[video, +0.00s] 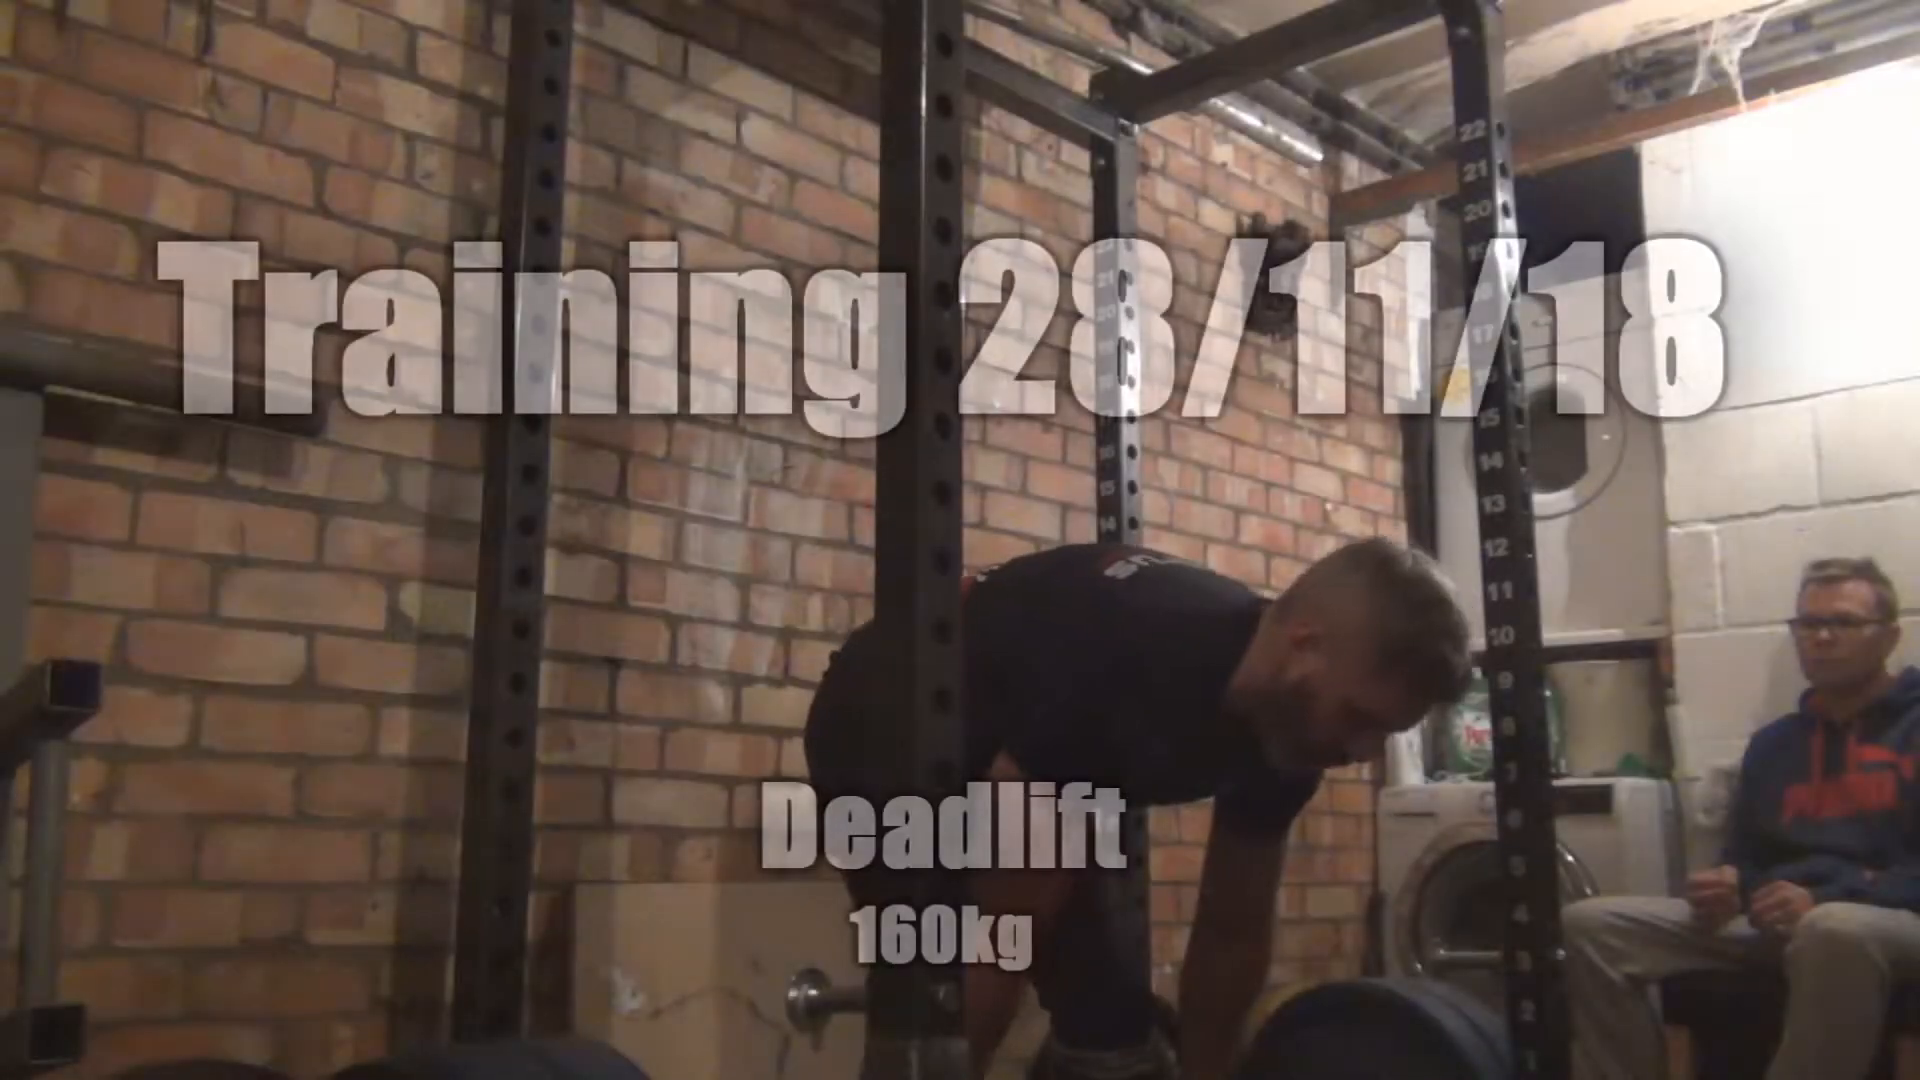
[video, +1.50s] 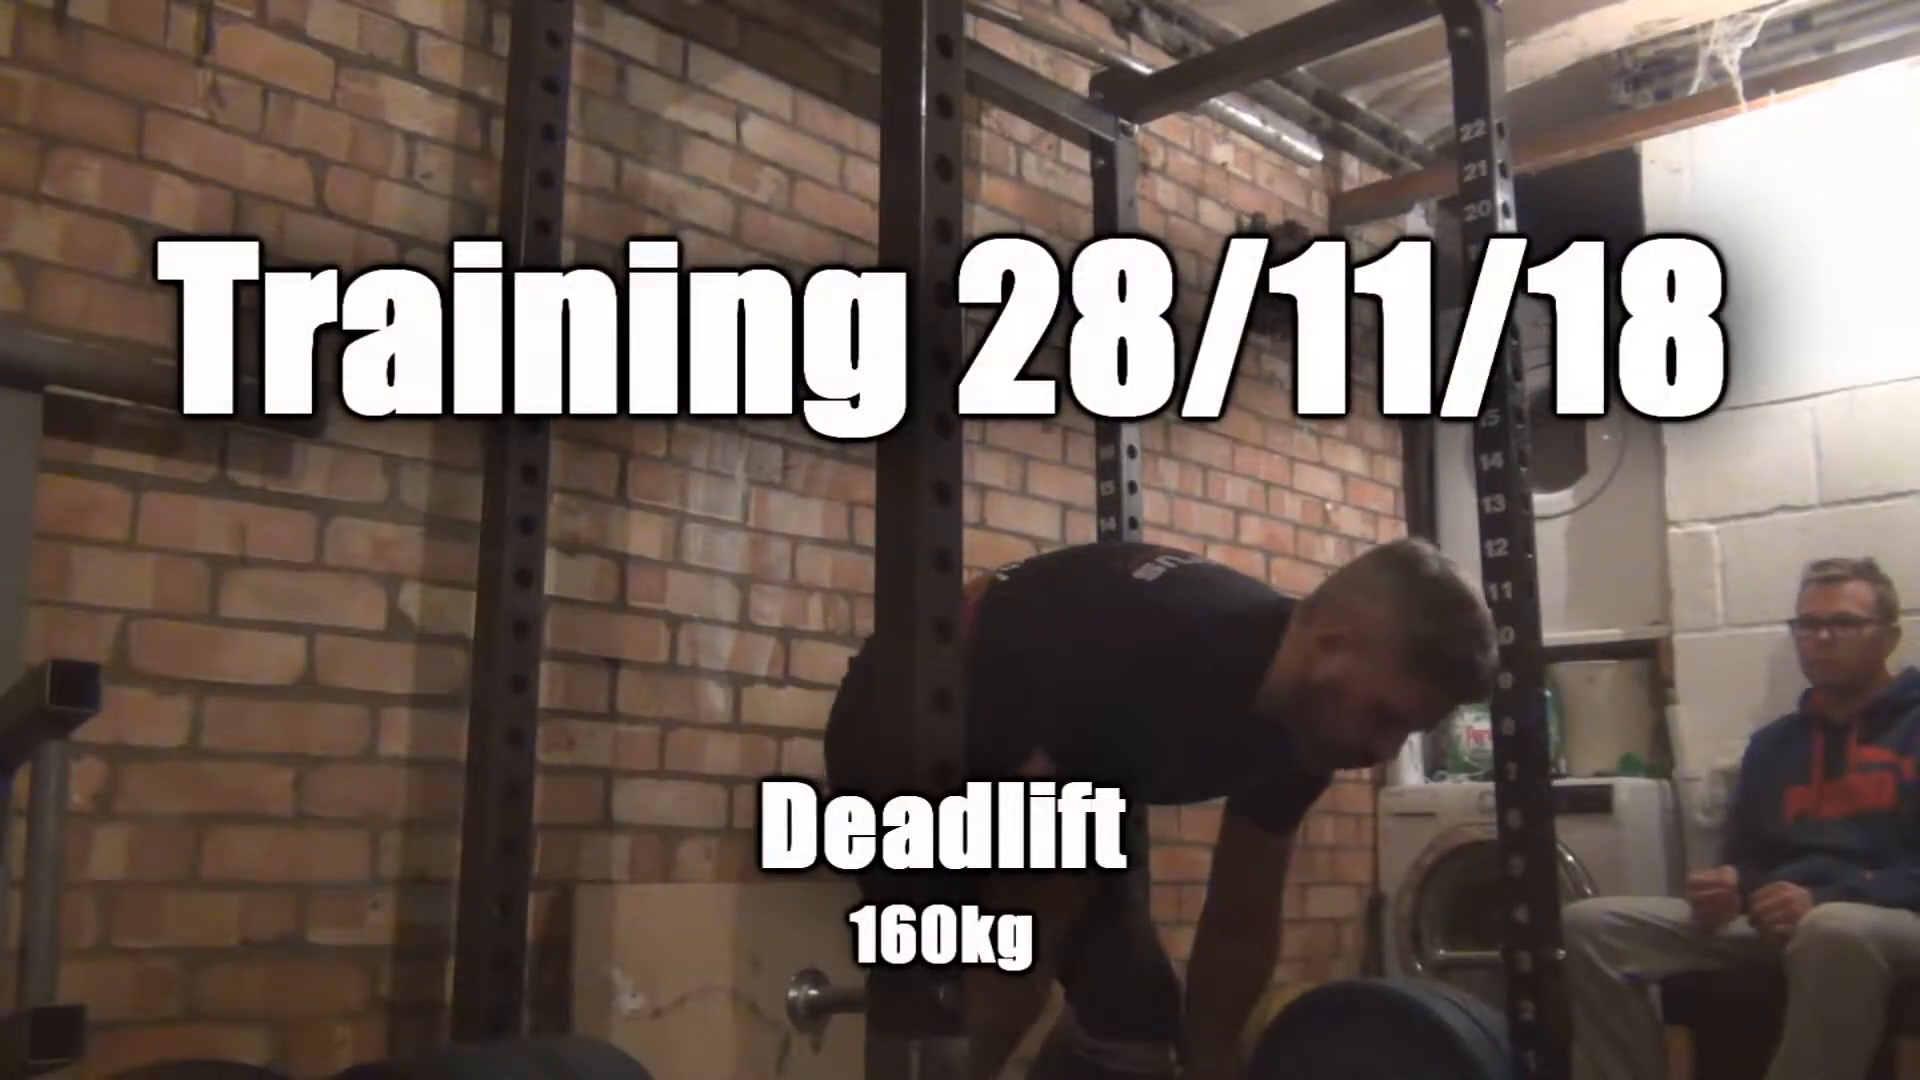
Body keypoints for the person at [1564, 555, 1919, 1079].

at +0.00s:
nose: (1821, 638)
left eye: (1842, 624)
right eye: (1809, 623)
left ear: (1890, 636)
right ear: (1794, 633)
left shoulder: (1913, 724)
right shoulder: (1773, 744)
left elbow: (1913, 877)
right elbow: (1745, 854)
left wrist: (1820, 900)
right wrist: (1729, 886)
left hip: (1894, 921)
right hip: (1772, 921)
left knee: (1831, 936)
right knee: (1589, 928)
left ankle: (1801, 1072)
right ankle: (1627, 1073)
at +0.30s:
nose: (1820, 639)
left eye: (1842, 624)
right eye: (1808, 624)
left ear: (1890, 636)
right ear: (1794, 634)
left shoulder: (1913, 722)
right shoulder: (1773, 743)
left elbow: (1914, 873)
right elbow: (1746, 857)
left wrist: (1820, 899)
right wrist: (1730, 885)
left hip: (1894, 919)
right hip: (1772, 919)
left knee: (1832, 937)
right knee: (1589, 929)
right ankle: (1623, 1073)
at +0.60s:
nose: (1820, 639)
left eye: (1843, 624)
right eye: (1808, 624)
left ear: (1890, 636)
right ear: (1794, 634)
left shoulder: (1913, 722)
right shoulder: (1771, 744)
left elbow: (1914, 872)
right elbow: (1746, 857)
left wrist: (1819, 899)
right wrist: (1730, 885)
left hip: (1896, 918)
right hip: (1772, 918)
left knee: (1832, 937)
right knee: (1588, 930)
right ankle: (1625, 1072)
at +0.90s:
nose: (1820, 639)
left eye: (1842, 625)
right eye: (1808, 624)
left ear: (1890, 636)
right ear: (1793, 633)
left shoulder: (1913, 721)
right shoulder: (1771, 744)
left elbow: (1914, 874)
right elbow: (1743, 859)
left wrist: (1819, 899)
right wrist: (1728, 888)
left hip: (1893, 919)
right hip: (1769, 921)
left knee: (1832, 936)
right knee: (1589, 929)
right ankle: (1623, 1073)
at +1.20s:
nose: (1820, 639)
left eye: (1842, 625)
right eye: (1808, 624)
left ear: (1890, 636)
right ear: (1793, 633)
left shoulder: (1913, 721)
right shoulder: (1772, 744)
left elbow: (1914, 874)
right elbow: (1743, 860)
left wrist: (1819, 900)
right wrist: (1728, 889)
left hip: (1893, 920)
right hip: (1769, 921)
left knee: (1832, 936)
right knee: (1589, 929)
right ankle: (1623, 1073)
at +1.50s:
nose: (1821, 638)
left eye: (1843, 624)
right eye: (1808, 624)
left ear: (1889, 636)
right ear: (1794, 633)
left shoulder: (1911, 723)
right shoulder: (1772, 744)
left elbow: (1912, 873)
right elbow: (1744, 859)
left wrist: (1820, 900)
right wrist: (1729, 889)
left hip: (1893, 920)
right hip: (1772, 920)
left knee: (1832, 936)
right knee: (1588, 928)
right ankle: (1626, 1073)